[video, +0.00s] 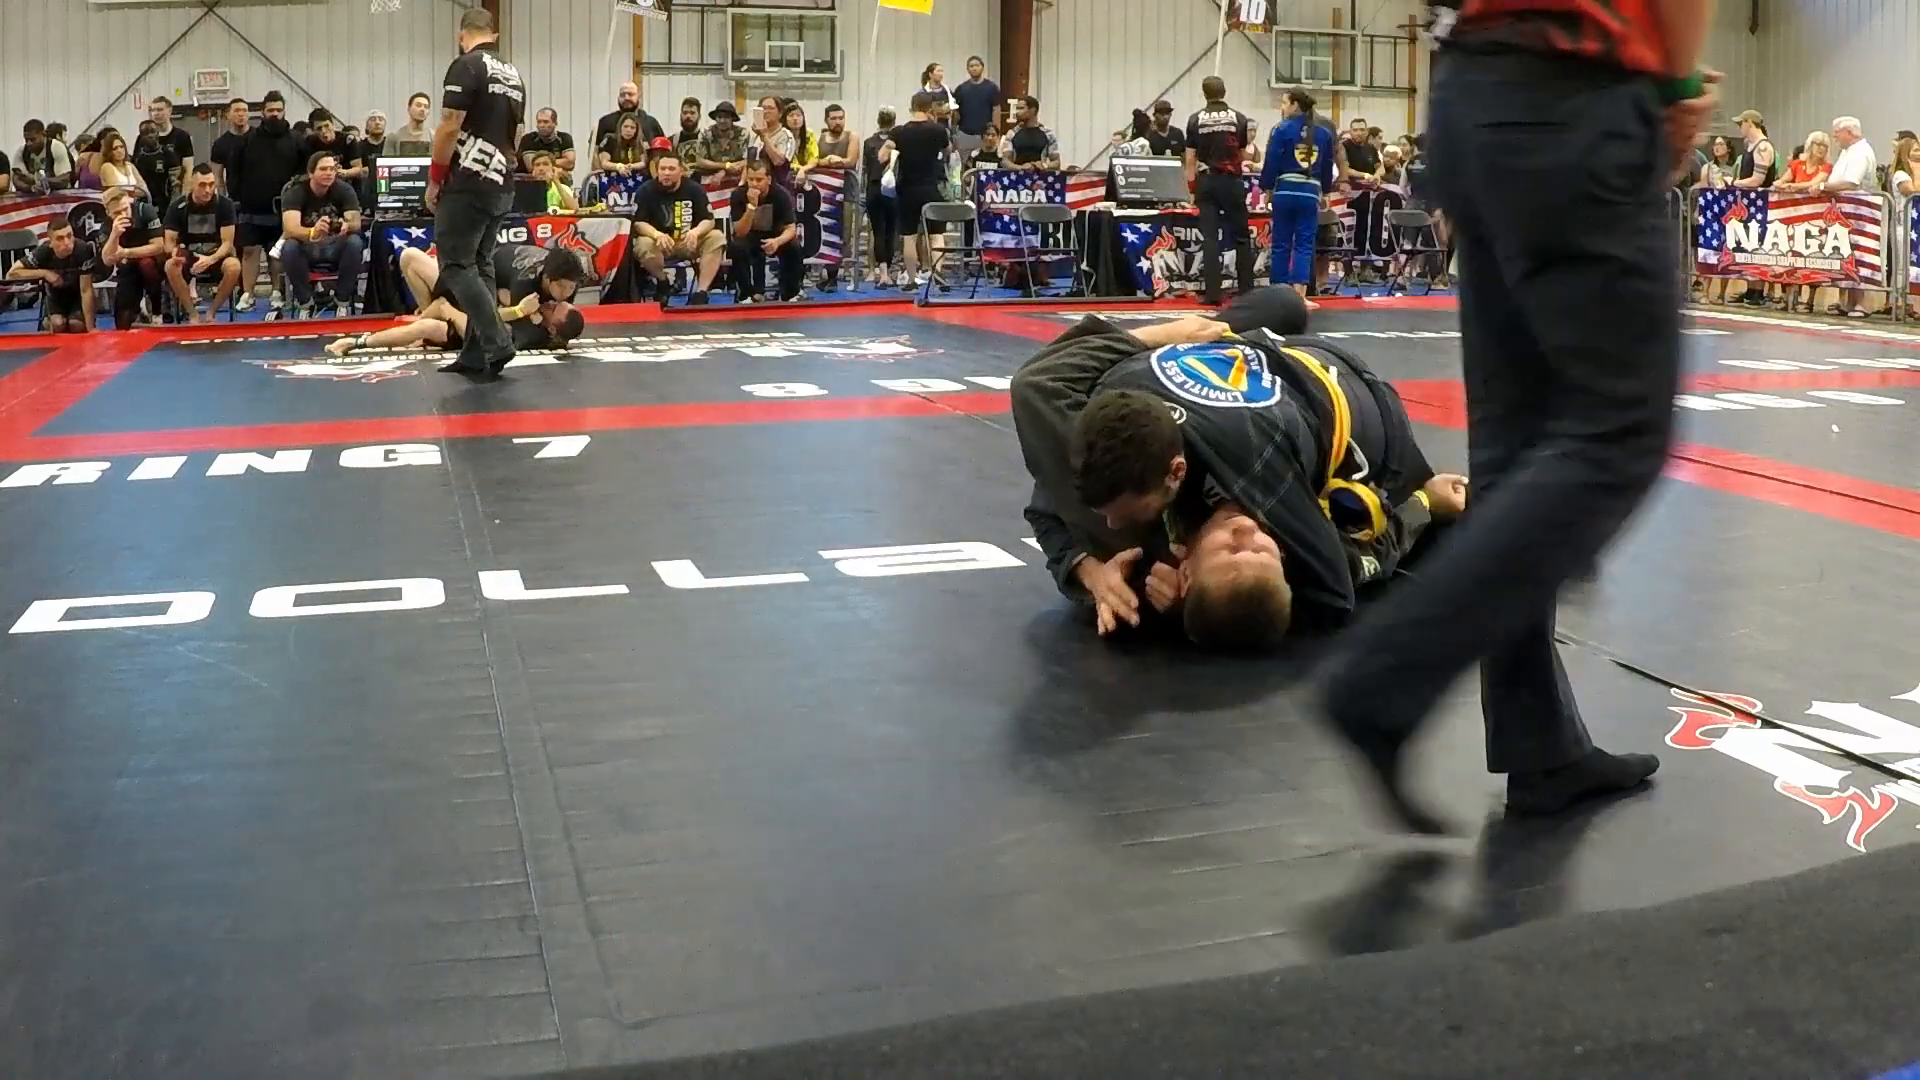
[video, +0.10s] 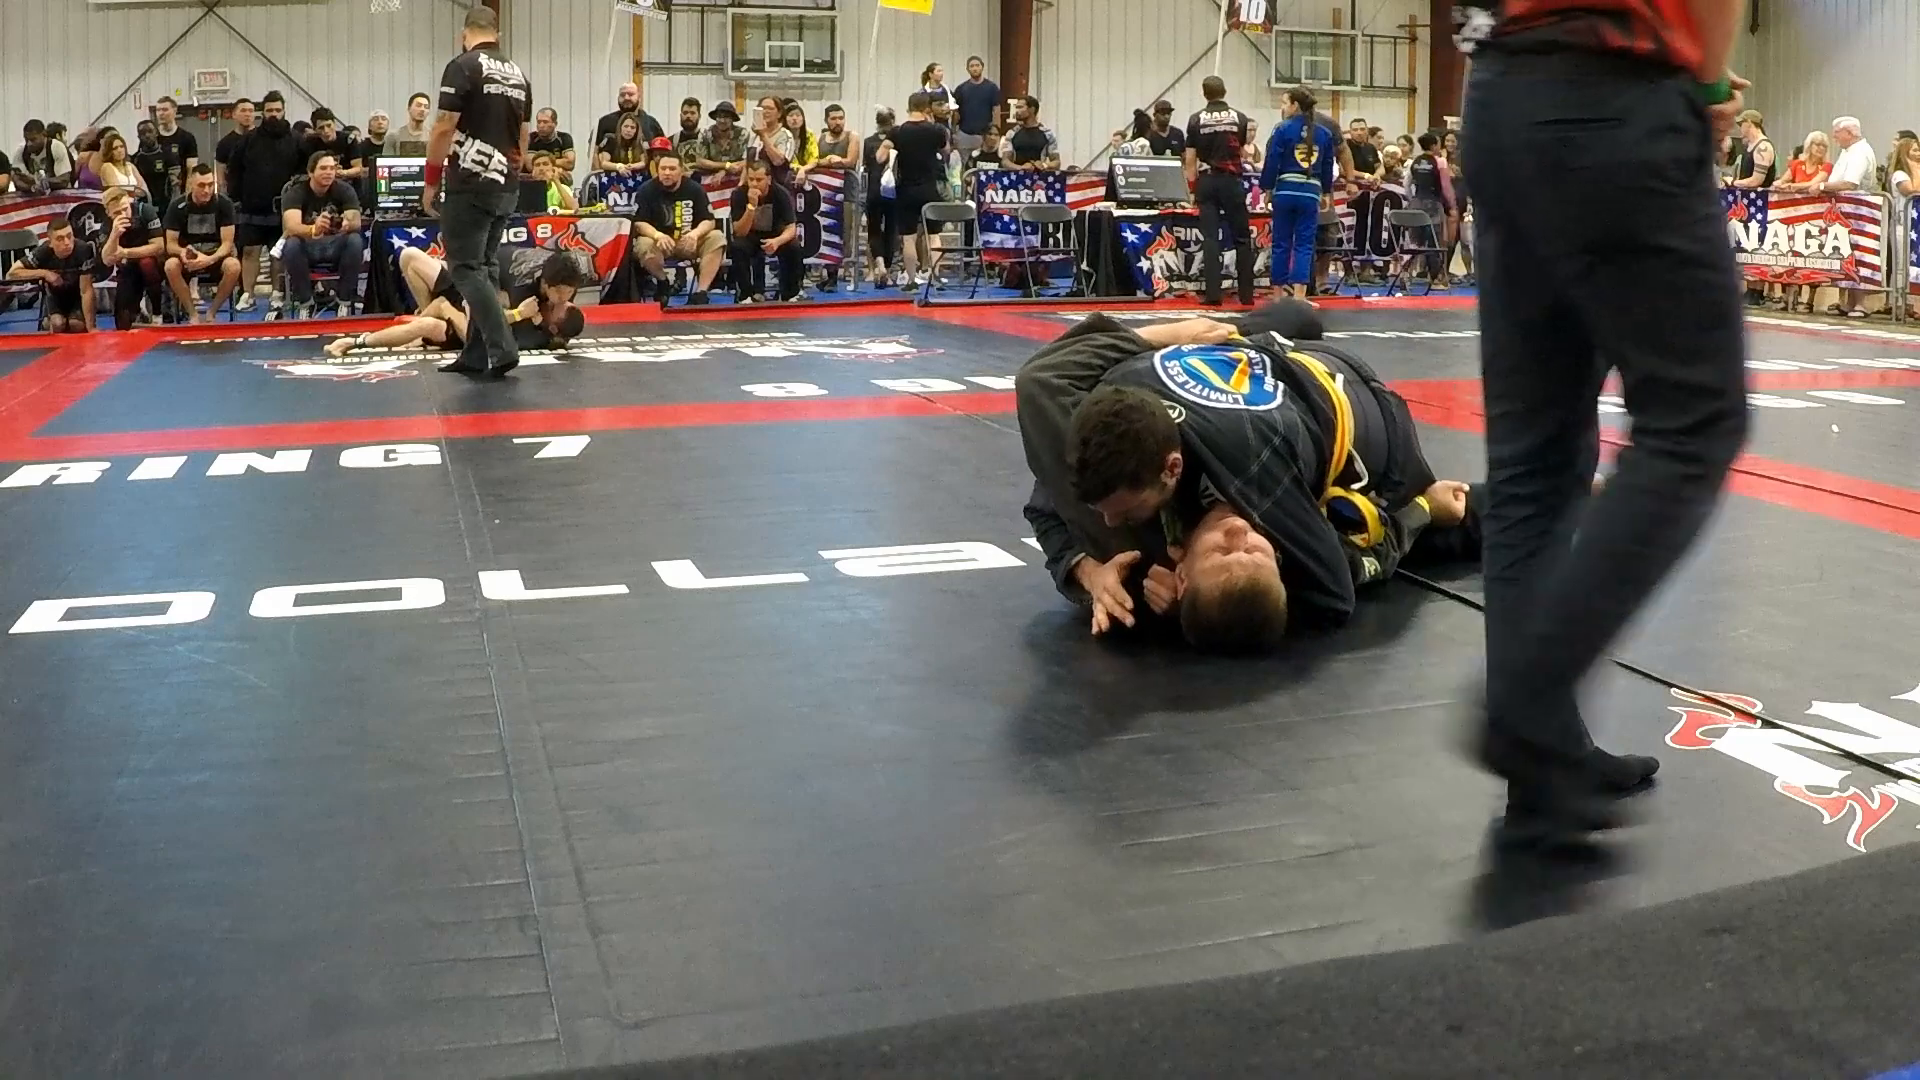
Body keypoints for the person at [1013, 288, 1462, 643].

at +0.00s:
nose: (1118, 530)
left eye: (1133, 517)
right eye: (1105, 518)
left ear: (1176, 474)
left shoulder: (1263, 486)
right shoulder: (1094, 419)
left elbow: (1335, 604)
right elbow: (1045, 512)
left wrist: (1194, 600)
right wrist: (1090, 571)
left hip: (1359, 407)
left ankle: (1431, 499)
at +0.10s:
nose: (1114, 525)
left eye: (1126, 515)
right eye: (1102, 512)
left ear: (1171, 471)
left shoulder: (1257, 482)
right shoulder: (1094, 415)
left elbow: (1333, 596)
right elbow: (1045, 511)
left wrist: (1189, 599)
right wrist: (1087, 570)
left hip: (1367, 416)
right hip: (1285, 357)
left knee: (1417, 495)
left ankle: (1442, 507)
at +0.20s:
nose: (1115, 519)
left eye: (1129, 506)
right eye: (1103, 505)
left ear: (1173, 466)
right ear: (1083, 457)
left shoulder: (1252, 477)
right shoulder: (1099, 405)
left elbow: (1335, 600)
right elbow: (1049, 504)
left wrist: (1187, 594)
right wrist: (1088, 568)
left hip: (1366, 426)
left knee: (1433, 511)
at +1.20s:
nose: (1058, 530)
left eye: (1067, 517)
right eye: (1045, 520)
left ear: (1116, 482)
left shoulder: (1222, 498)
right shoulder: (1060, 439)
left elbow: (1329, 604)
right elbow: (1066, 534)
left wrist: (1199, 615)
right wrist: (1068, 584)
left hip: (1344, 401)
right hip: (1267, 355)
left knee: (1404, 538)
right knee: (1281, 310)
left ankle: (1567, 509)